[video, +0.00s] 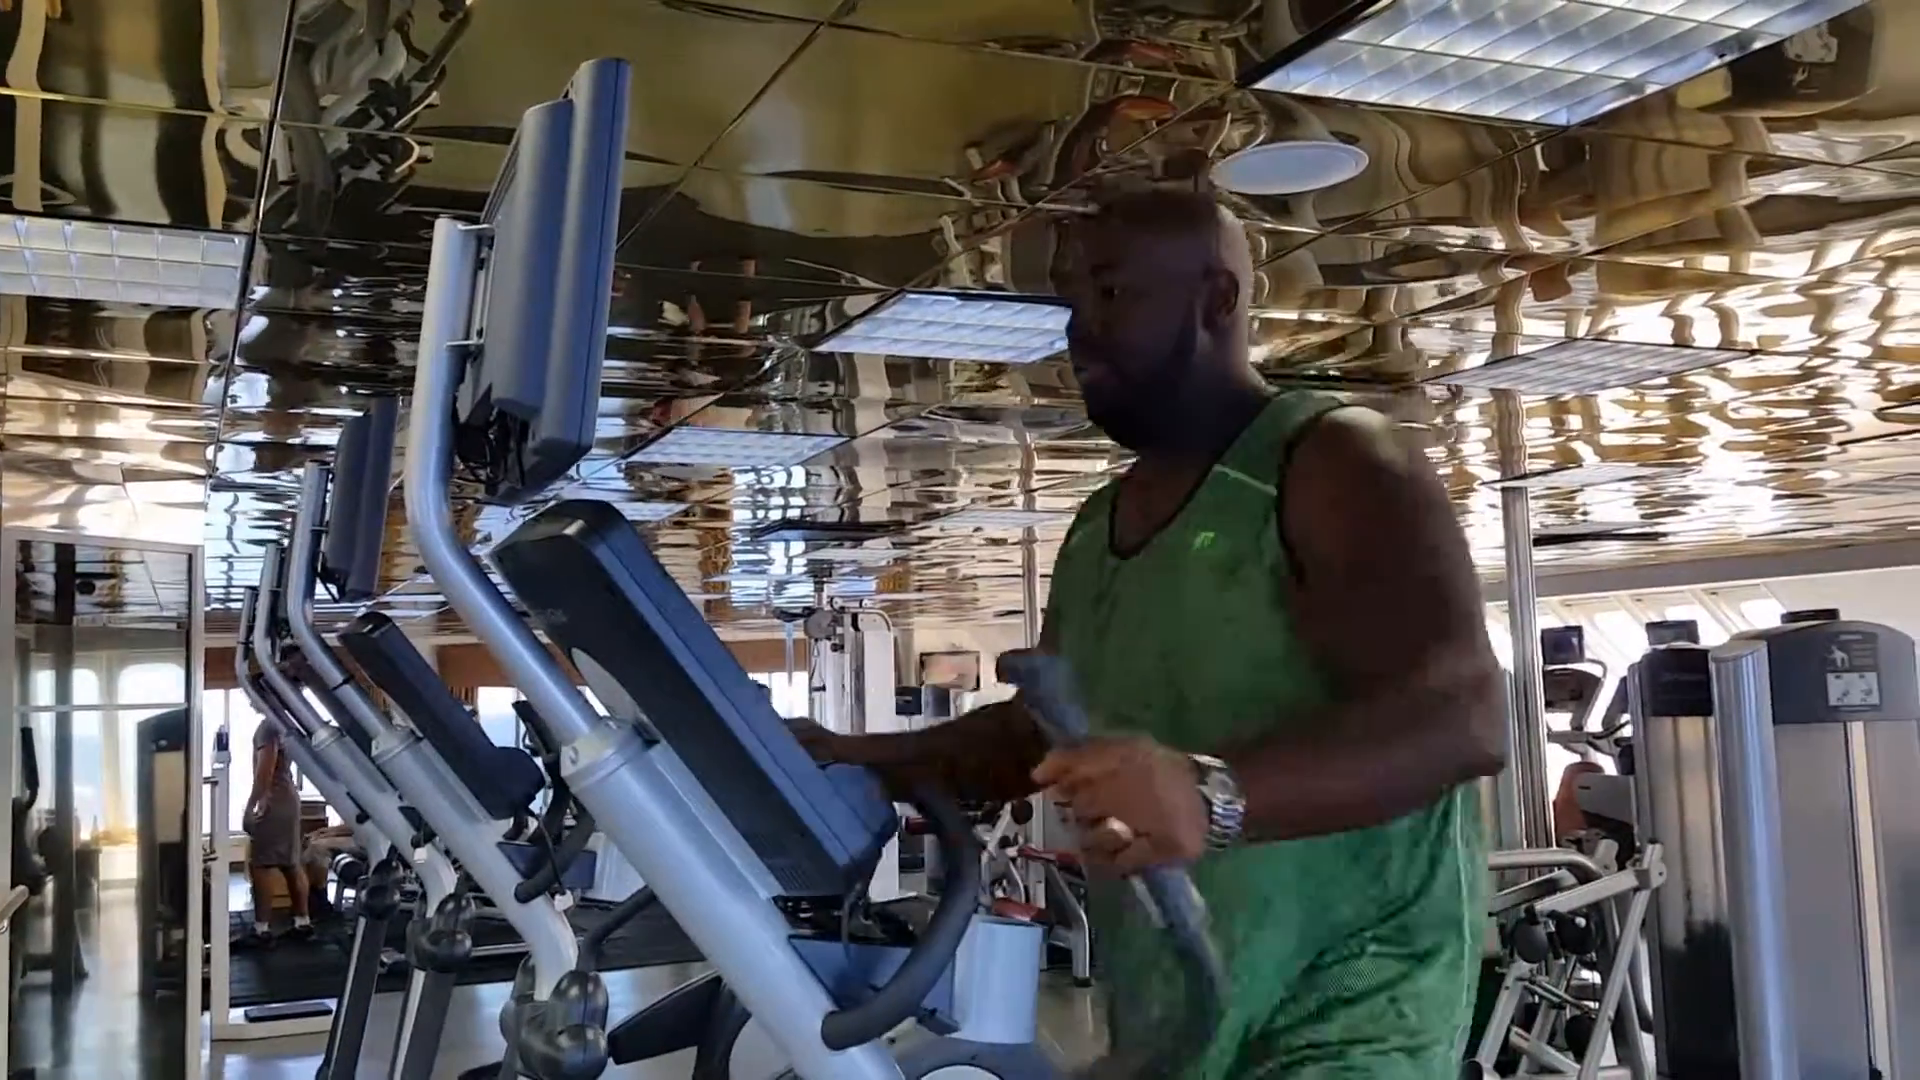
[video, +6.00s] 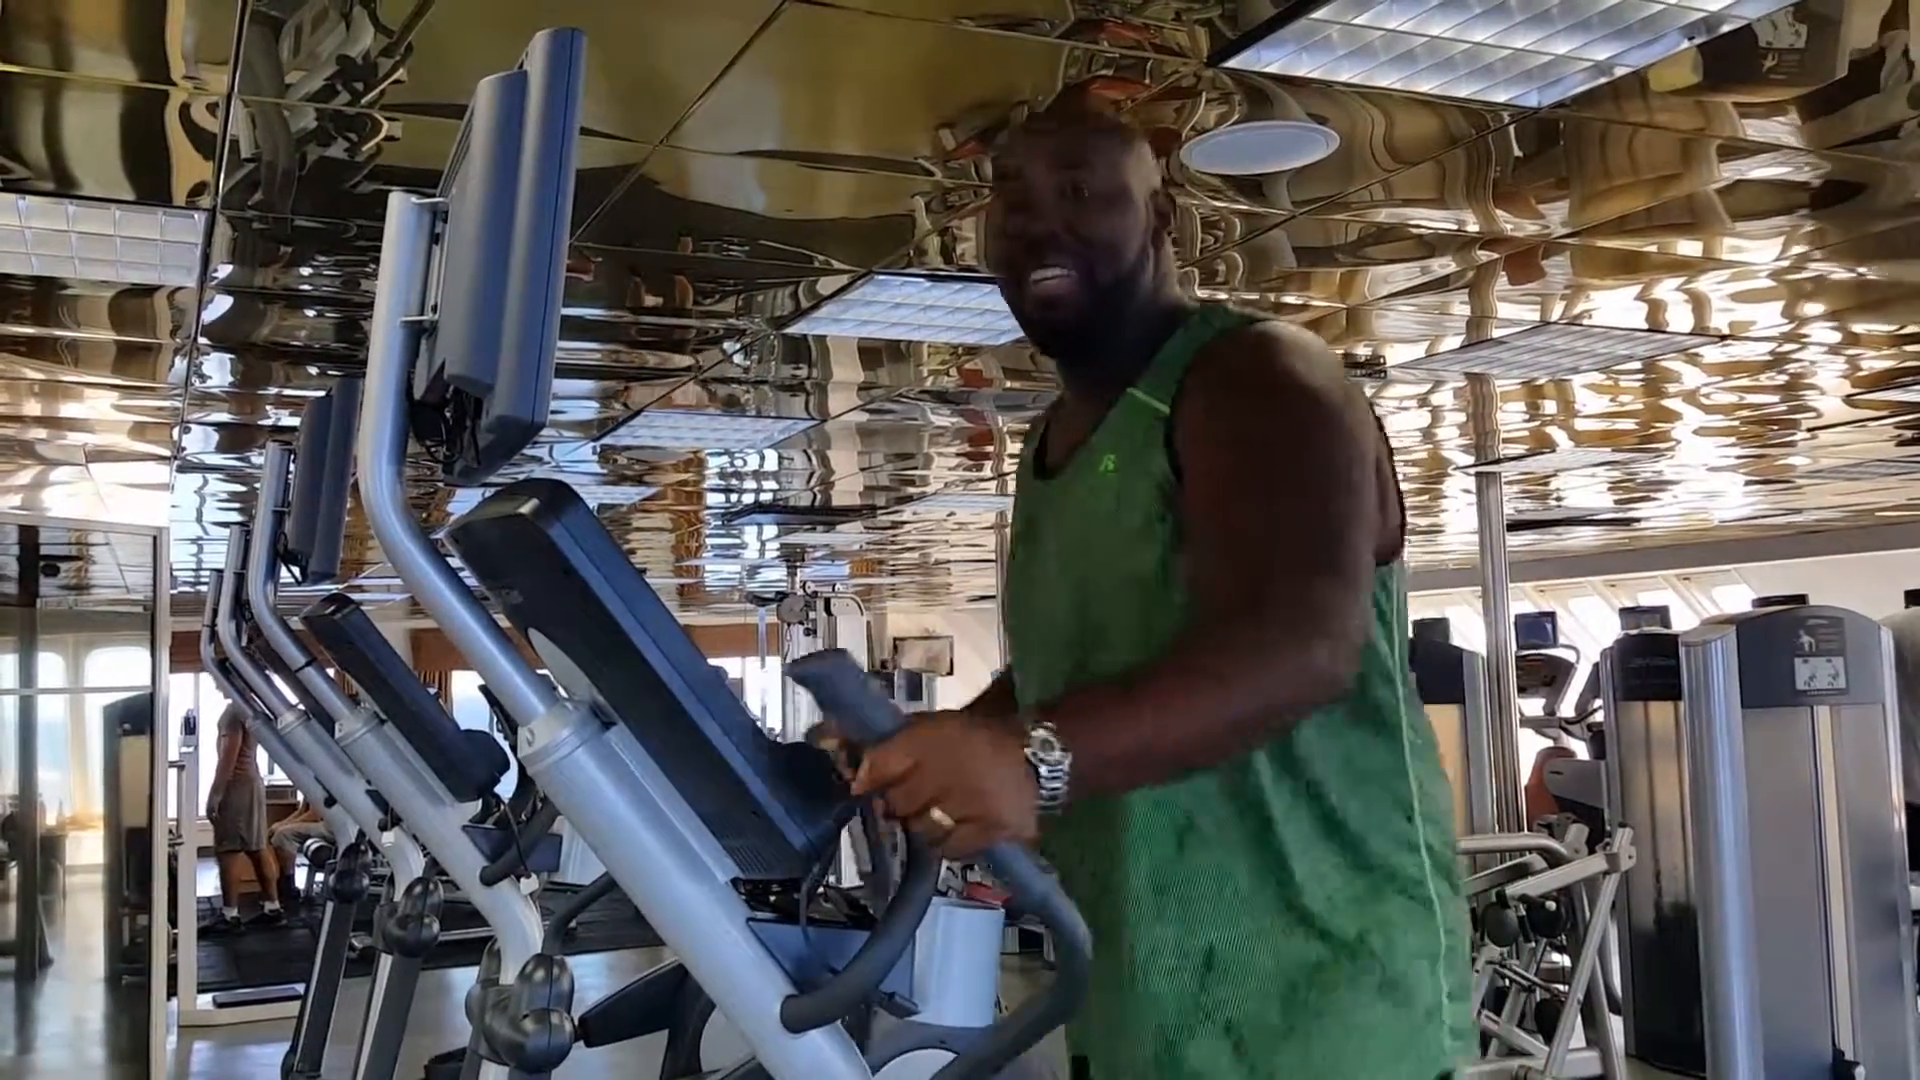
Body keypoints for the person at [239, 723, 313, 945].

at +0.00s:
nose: (248, 693)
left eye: (251, 693)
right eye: (247, 693)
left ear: (263, 693)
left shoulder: (267, 727)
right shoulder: (285, 723)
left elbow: (265, 771)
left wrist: (250, 806)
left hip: (271, 799)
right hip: (289, 798)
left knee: (260, 866)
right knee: (292, 864)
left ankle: (261, 927)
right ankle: (303, 922)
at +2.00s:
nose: (215, 683)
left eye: (217, 674)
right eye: (214, 676)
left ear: (231, 675)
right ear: (240, 677)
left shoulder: (237, 710)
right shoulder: (255, 705)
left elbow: (232, 759)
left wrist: (216, 794)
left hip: (240, 785)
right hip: (258, 783)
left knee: (228, 849)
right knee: (261, 846)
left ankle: (234, 910)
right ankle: (276, 904)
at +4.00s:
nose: (204, 688)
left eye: (205, 682)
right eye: (202, 683)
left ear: (217, 679)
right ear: (225, 679)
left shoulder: (225, 710)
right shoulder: (242, 706)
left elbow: (221, 761)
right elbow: (236, 754)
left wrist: (204, 794)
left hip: (231, 785)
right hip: (247, 783)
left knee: (219, 848)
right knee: (253, 845)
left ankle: (226, 910)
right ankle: (269, 904)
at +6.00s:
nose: (214, 682)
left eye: (216, 673)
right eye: (213, 674)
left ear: (228, 677)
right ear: (238, 678)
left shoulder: (234, 712)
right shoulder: (251, 709)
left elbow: (228, 760)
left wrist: (215, 794)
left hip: (236, 786)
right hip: (253, 783)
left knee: (228, 850)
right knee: (258, 846)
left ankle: (229, 913)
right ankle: (273, 907)